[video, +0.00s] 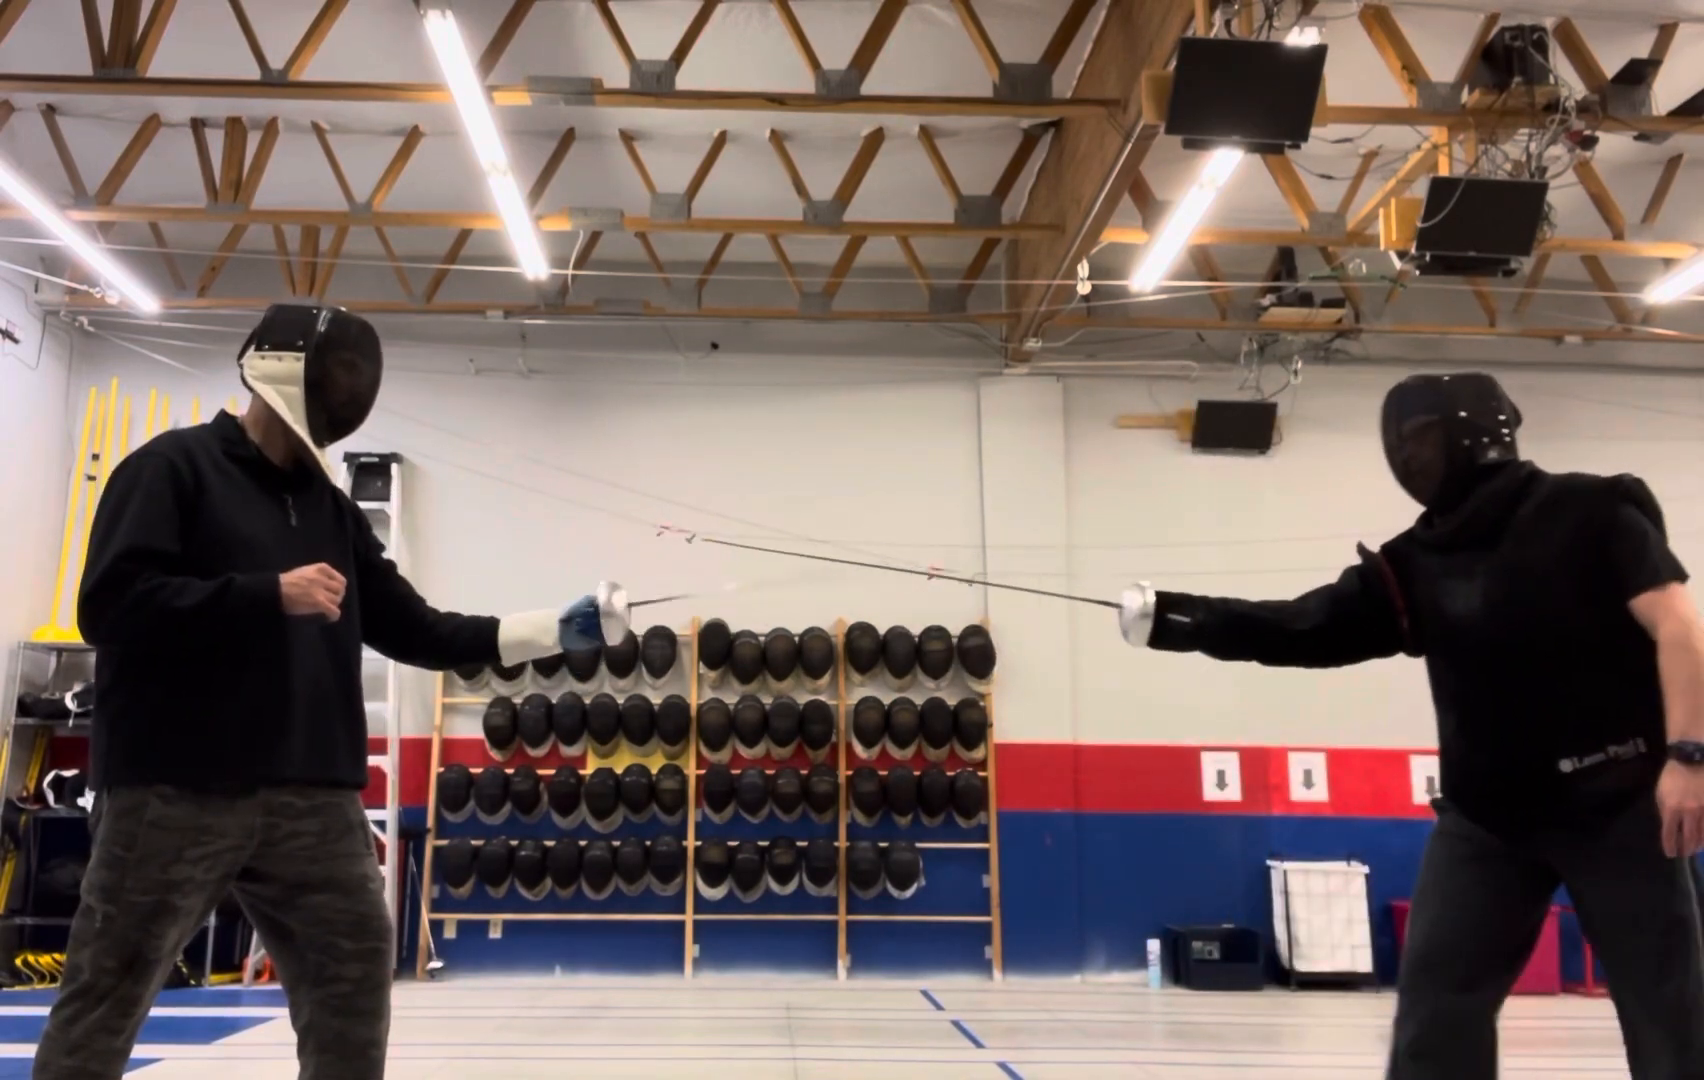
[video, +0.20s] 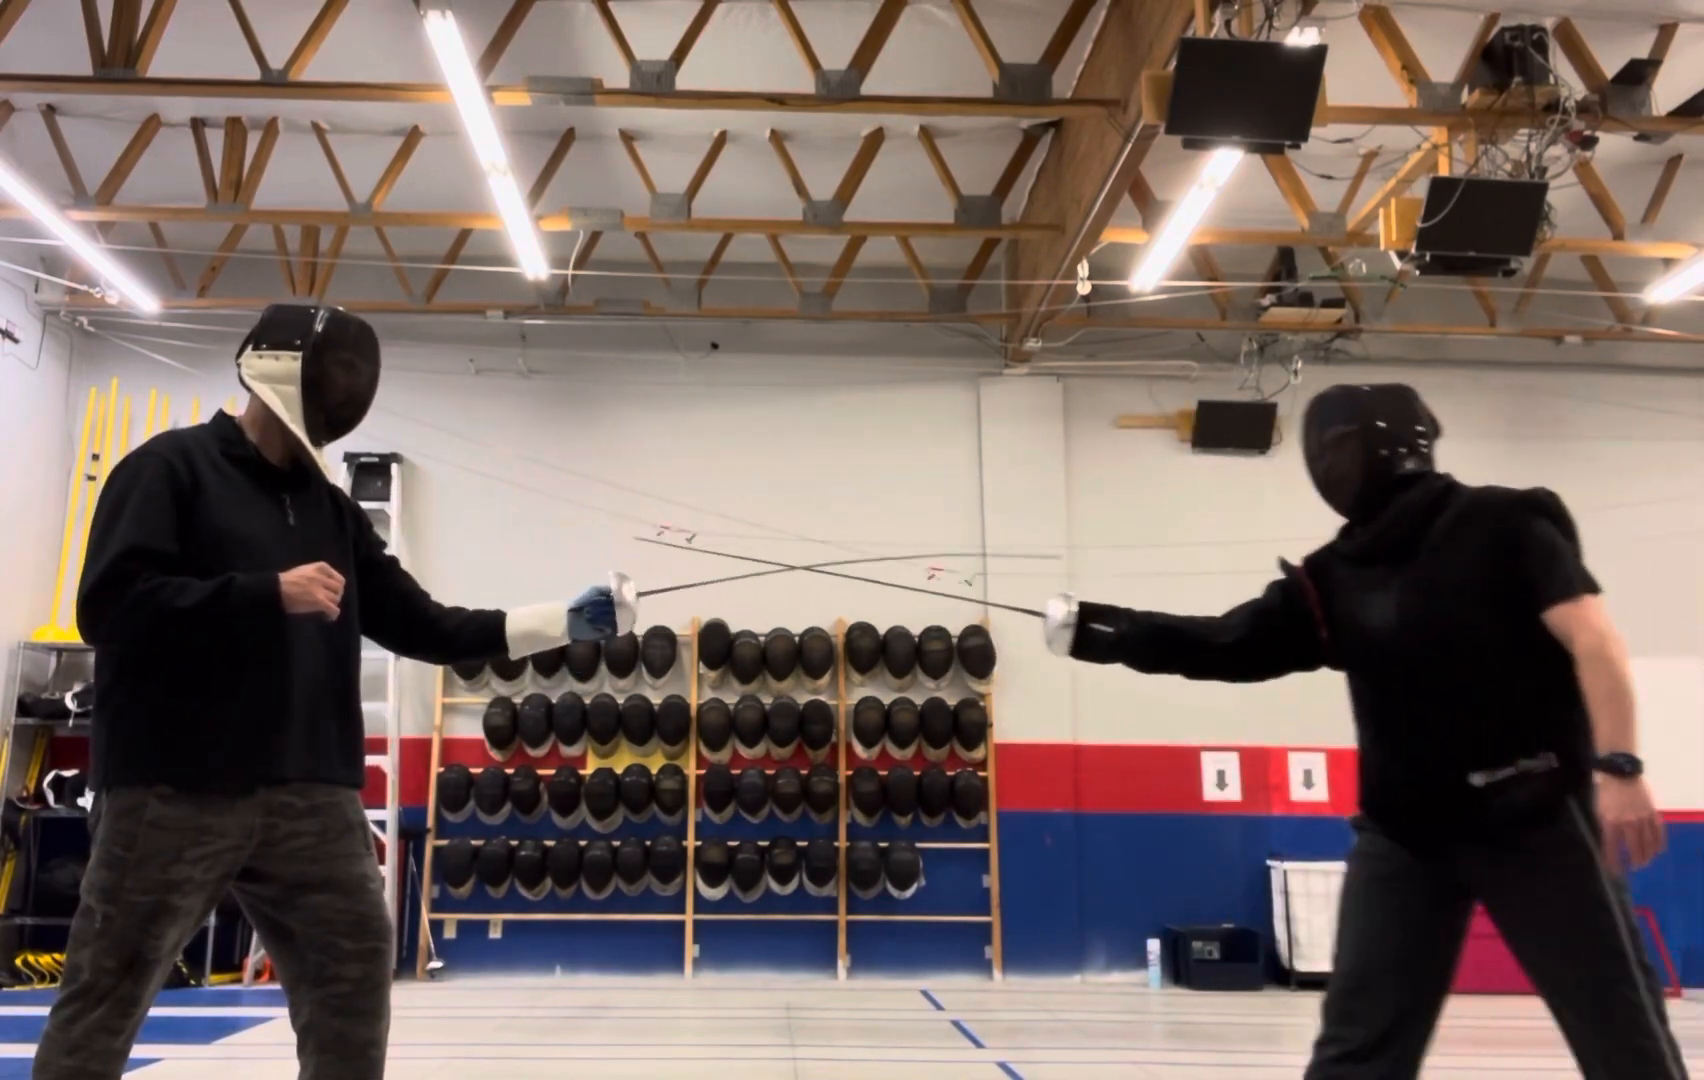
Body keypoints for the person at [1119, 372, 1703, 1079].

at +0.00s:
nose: (1407, 461)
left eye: (1419, 440)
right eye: (1399, 448)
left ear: (1471, 432)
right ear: (1402, 458)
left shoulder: (1595, 511)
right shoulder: (1415, 567)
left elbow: (1678, 626)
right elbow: (1306, 625)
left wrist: (1687, 757)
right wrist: (1176, 619)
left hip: (1621, 812)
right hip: (1488, 825)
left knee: (1670, 1029)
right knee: (1436, 1020)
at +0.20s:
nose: (1323, 468)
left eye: (1336, 447)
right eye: (1317, 455)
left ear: (1391, 441)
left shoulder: (1505, 524)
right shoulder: (1335, 580)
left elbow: (1593, 640)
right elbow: (1226, 641)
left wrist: (1619, 767)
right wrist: (1088, 628)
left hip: (1535, 823)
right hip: (1406, 838)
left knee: (1627, 1047)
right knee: (1356, 1055)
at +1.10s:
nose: (1187, 448)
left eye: (1200, 427)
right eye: (1184, 432)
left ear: (1249, 424)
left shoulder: (1361, 501)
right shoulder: (1212, 565)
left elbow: (1445, 617)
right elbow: (1145, 674)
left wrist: (1410, 732)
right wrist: (1015, 691)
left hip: (1420, 792)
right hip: (1298, 820)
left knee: (1536, 996)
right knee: (1282, 1043)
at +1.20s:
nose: (1228, 455)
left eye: (1239, 433)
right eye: (1225, 438)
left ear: (1288, 431)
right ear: (1295, 435)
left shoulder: (1407, 513)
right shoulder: (1255, 564)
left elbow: (1487, 630)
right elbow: (1226, 698)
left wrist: (1440, 744)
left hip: (1448, 799)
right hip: (1325, 818)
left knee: (1560, 993)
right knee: (1291, 1036)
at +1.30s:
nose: (1288, 468)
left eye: (1299, 448)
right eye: (1286, 452)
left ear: (1346, 444)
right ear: (1362, 447)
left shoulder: (1462, 525)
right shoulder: (1305, 573)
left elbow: (1545, 647)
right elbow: (1296, 710)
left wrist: (1486, 759)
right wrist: (1221, 793)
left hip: (1495, 815)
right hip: (1364, 828)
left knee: (1595, 1024)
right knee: (1307, 1045)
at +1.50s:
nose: (1390, 465)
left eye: (1401, 444)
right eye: (1388, 449)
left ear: (1445, 442)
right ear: (1474, 442)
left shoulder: (1573, 523)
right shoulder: (1408, 570)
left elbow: (1653, 646)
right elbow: (1383, 701)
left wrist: (1601, 766)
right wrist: (1282, 751)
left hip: (1595, 818)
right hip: (1468, 826)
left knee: (1651, 1037)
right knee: (1407, 1041)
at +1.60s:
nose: (1416, 458)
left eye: (1427, 437)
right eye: (1412, 443)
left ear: (1473, 431)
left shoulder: (1607, 514)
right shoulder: (1438, 561)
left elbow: (1679, 630)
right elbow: (1394, 685)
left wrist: (1655, 762)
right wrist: (1277, 696)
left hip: (1618, 805)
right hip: (1492, 817)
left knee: (1667, 1026)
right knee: (1449, 1025)